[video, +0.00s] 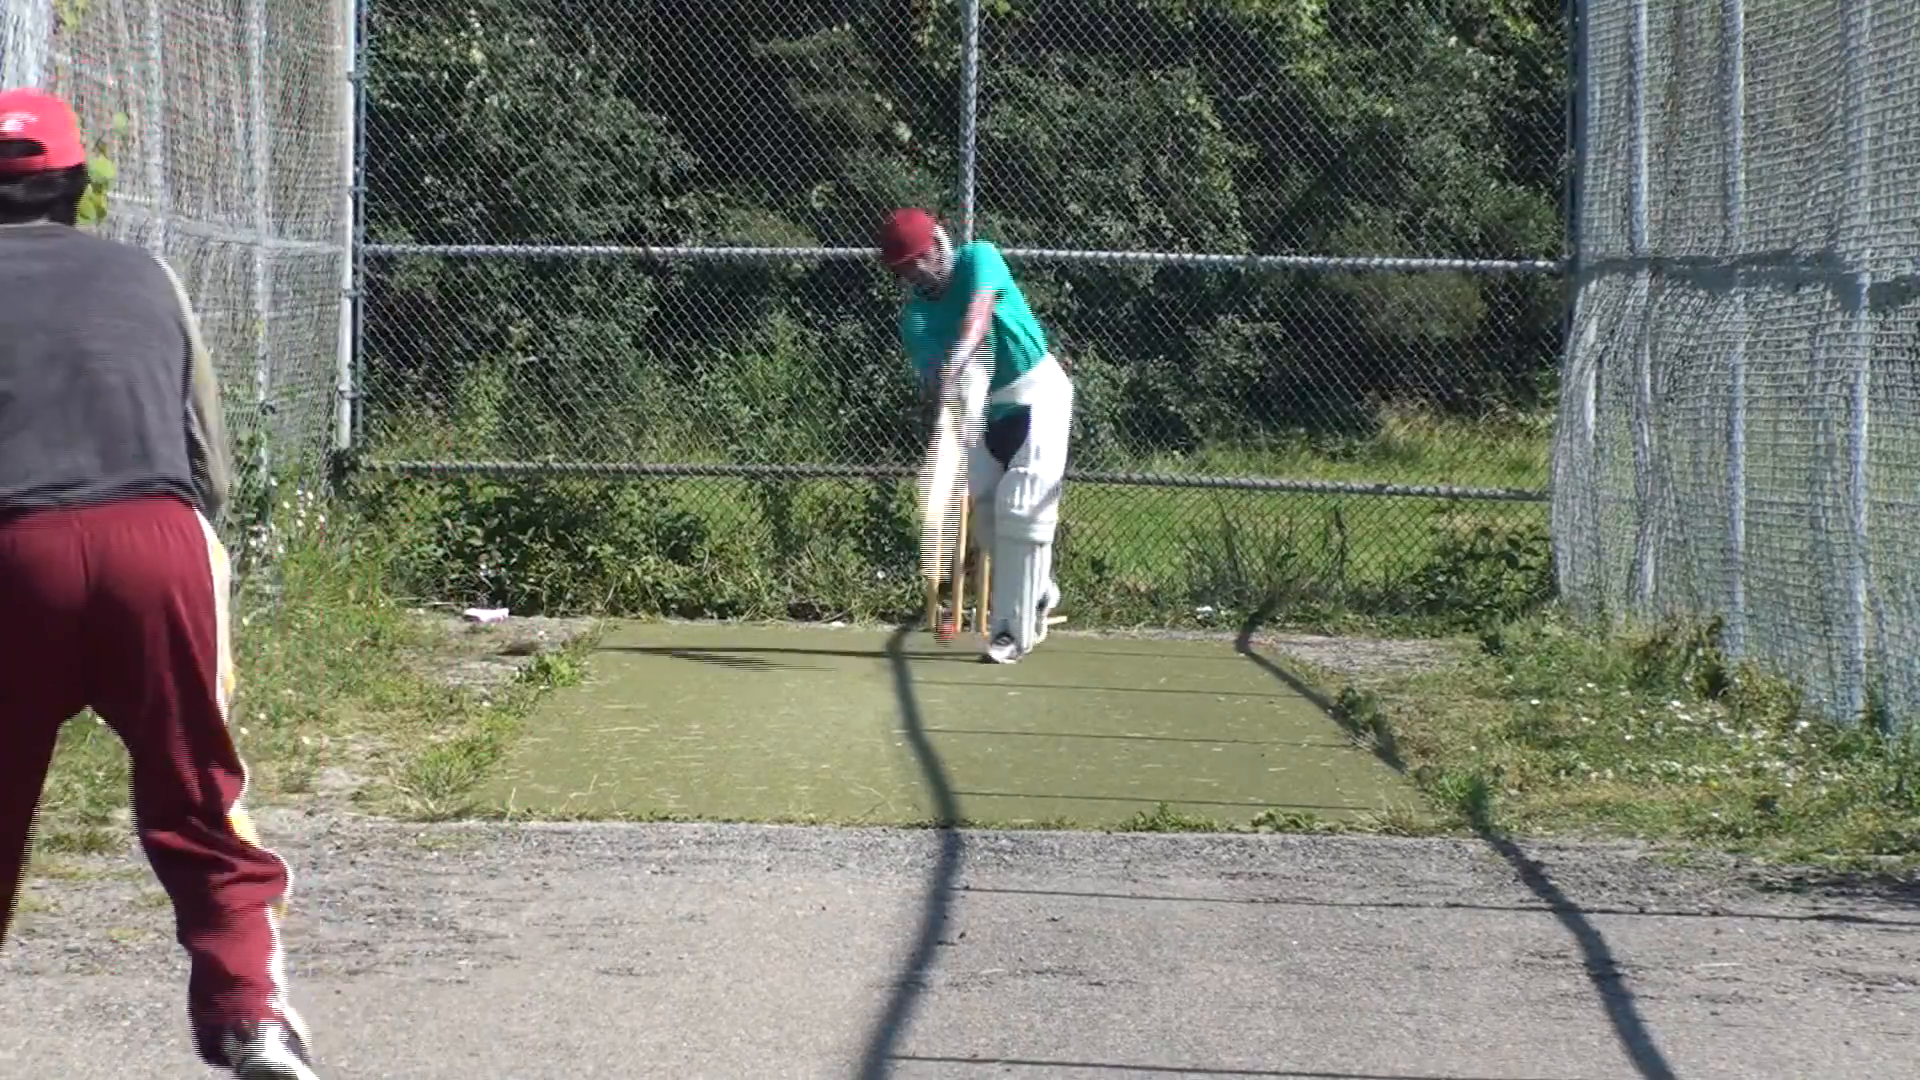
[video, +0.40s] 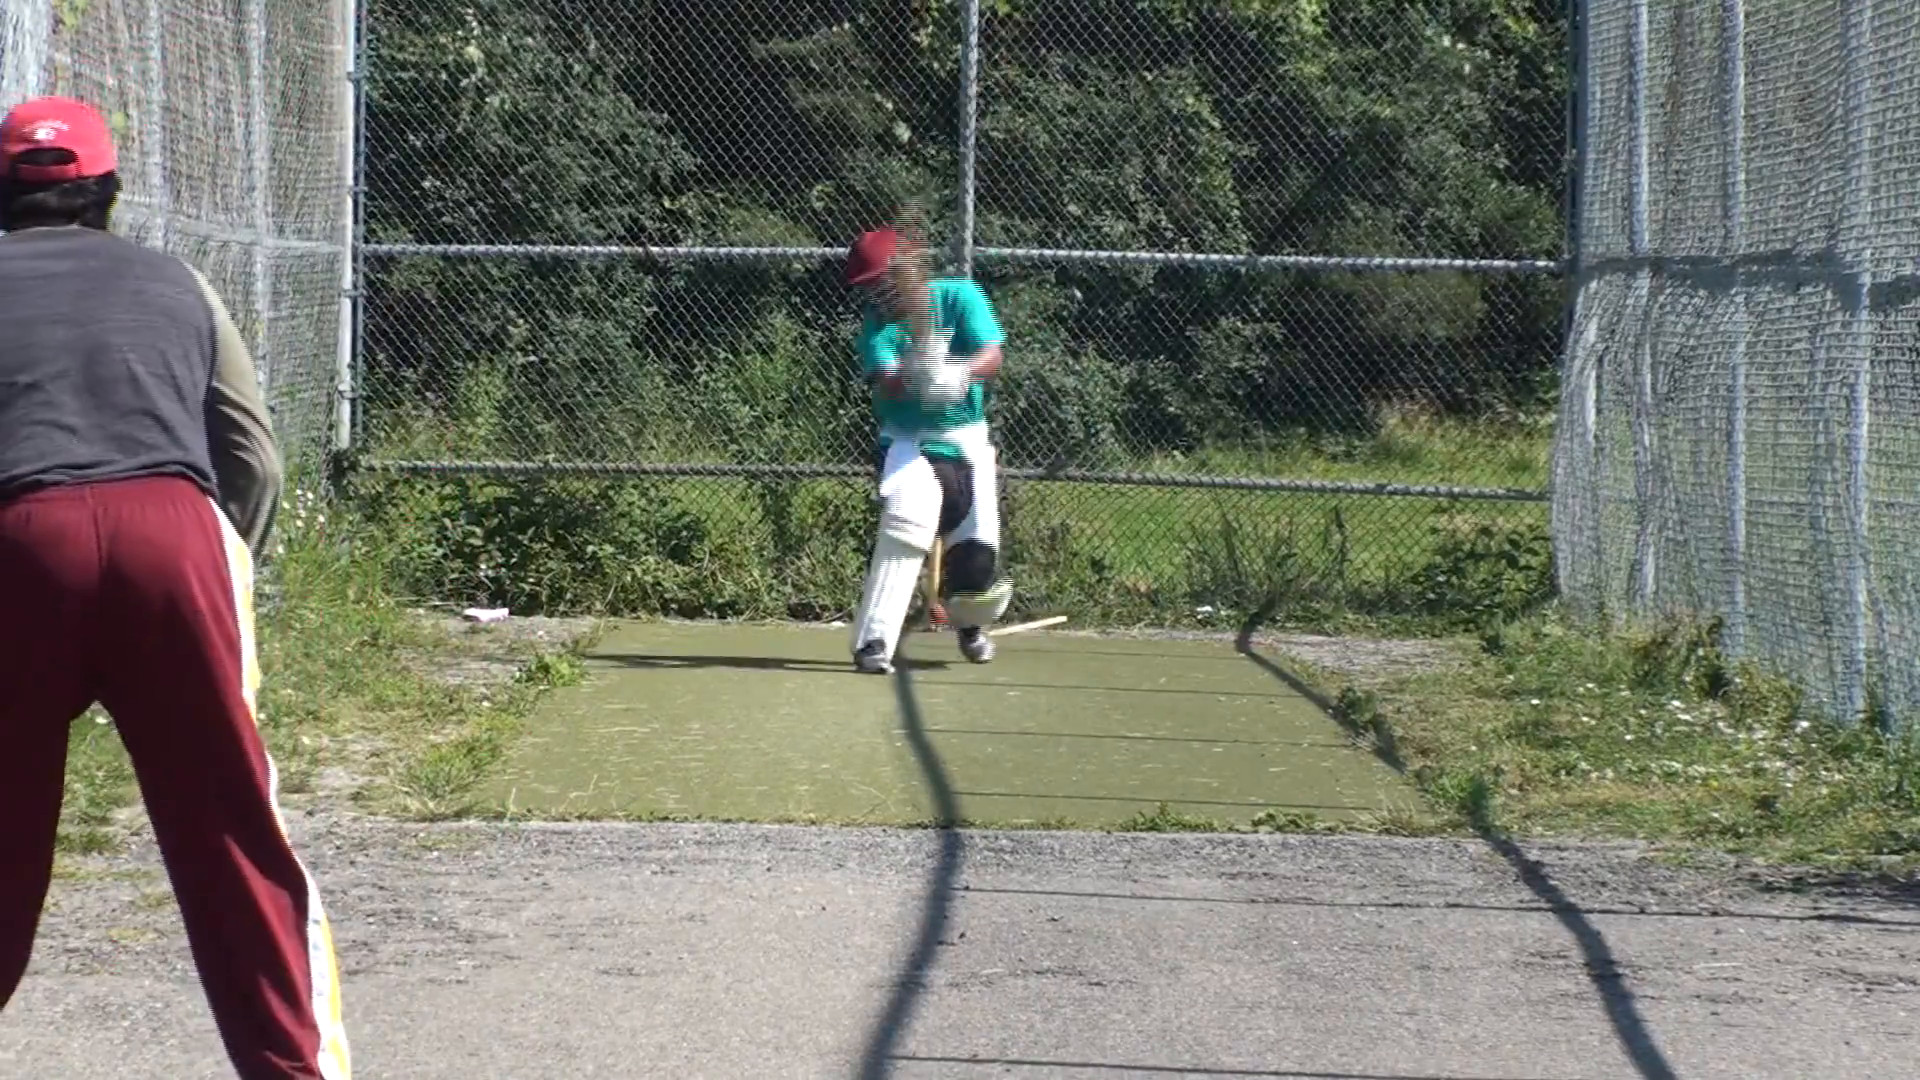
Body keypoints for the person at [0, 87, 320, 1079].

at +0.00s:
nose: (54, 190)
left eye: (27, 177)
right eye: (70, 177)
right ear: (76, 183)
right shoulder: (143, 271)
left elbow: (207, 445)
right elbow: (205, 446)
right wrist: (194, 543)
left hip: (20, 555)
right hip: (157, 545)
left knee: (2, 821)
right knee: (198, 792)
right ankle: (246, 1018)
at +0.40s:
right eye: (101, 186)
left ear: (4, 195)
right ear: (106, 194)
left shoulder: (0, 270)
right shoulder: (173, 278)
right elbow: (250, 451)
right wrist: (220, 568)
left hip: (25, 537)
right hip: (170, 533)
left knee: (6, 835)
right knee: (225, 819)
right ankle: (291, 1059)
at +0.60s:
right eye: (131, 181)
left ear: (31, 192)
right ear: (141, 191)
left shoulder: (6, 271)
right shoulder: (206, 280)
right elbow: (269, 447)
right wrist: (239, 569)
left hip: (36, 525)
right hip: (183, 524)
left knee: (10, 815)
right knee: (229, 806)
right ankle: (292, 1058)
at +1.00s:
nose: (224, 163)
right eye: (230, 149)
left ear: (132, 161)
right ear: (239, 162)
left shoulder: (58, 261)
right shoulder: (290, 267)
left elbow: (11, 424)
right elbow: (339, 454)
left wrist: (26, 533)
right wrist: (310, 584)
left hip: (65, 538)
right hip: (224, 542)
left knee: (29, 825)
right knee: (282, 820)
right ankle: (284, 1053)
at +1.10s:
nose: (303, 143)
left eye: (295, 128)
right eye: (298, 133)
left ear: (184, 148)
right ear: (285, 150)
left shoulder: (117, 245)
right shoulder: (327, 260)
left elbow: (62, 408)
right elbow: (368, 457)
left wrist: (121, 492)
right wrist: (359, 585)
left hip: (103, 543)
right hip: (250, 551)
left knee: (46, 822)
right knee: (308, 845)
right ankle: (243, 1064)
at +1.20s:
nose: (375, 143)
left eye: (367, 126)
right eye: (362, 131)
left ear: (261, 150)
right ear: (330, 154)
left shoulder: (184, 243)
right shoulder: (368, 266)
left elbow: (163, 376)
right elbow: (411, 440)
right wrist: (433, 561)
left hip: (159, 542)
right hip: (283, 551)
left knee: (113, 801)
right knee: (317, 824)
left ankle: (5, 994)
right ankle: (257, 1058)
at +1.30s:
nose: (462, 163)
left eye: (456, 144)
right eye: (445, 148)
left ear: (361, 168)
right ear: (395, 173)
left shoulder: (262, 232)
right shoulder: (408, 274)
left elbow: (259, 384)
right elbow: (455, 450)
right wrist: (515, 535)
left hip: (206, 531)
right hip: (310, 546)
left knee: (227, 801)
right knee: (338, 830)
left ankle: (53, 975)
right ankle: (257, 1060)